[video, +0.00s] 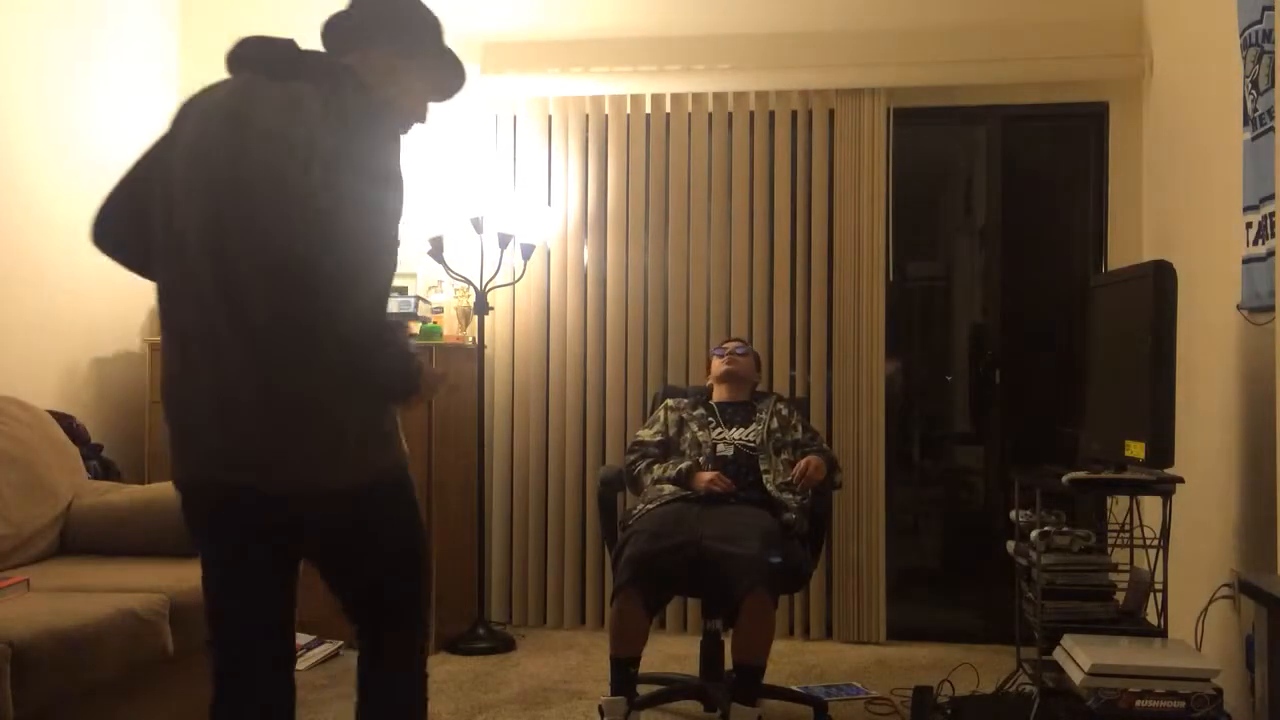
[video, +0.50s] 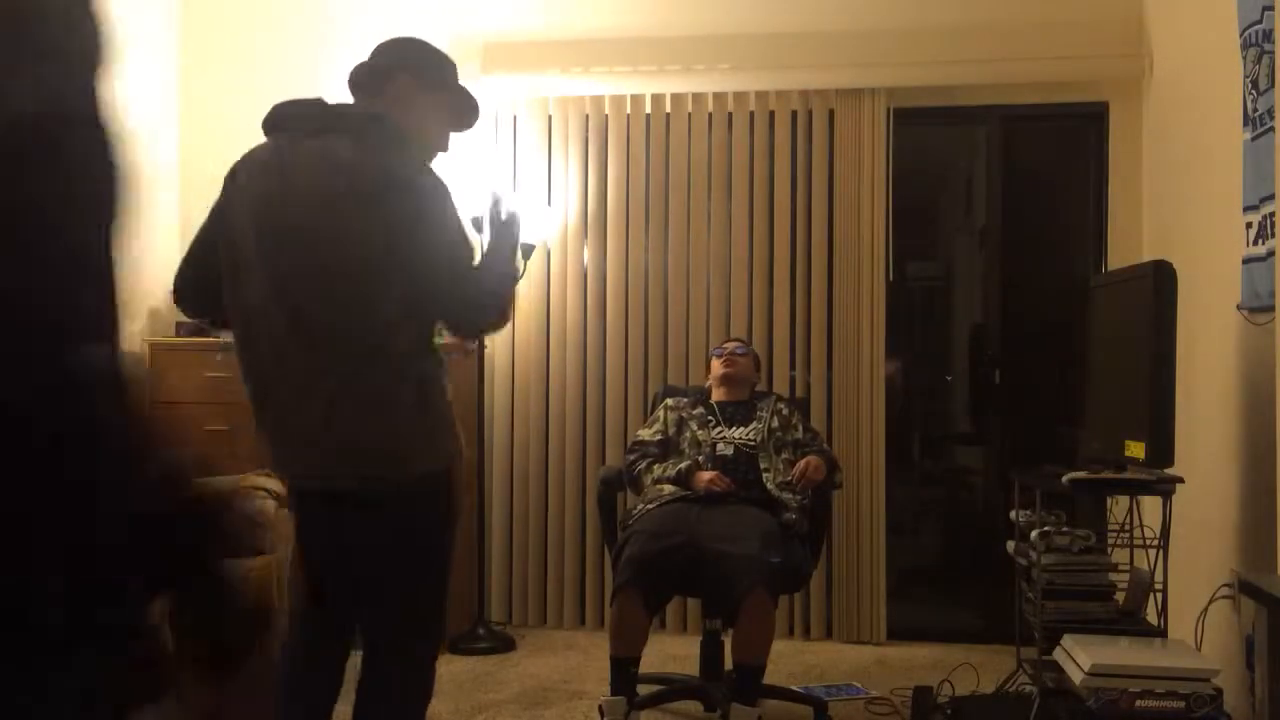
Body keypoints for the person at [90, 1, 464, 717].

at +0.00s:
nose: (422, 114)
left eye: (430, 96)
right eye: (424, 89)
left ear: (348, 52)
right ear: (381, 60)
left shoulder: (212, 109)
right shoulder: (359, 132)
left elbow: (119, 224)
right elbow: (351, 315)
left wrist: (218, 283)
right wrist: (407, 368)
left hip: (218, 455)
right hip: (333, 452)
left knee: (249, 671)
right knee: (396, 644)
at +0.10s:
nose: (436, 119)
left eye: (444, 101)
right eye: (437, 94)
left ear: (369, 60)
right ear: (396, 64)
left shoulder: (234, 122)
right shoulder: (364, 138)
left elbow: (146, 238)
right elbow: (353, 315)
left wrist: (245, 295)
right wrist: (419, 374)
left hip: (237, 455)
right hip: (343, 457)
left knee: (264, 671)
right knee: (371, 671)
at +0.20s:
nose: (446, 126)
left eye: (453, 110)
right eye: (446, 102)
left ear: (378, 66)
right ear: (392, 68)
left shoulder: (251, 129)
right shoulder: (372, 149)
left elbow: (167, 243)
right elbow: (361, 321)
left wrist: (260, 301)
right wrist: (429, 372)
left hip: (251, 453)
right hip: (351, 456)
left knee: (284, 661)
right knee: (376, 662)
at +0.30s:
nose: (451, 131)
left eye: (459, 115)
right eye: (453, 108)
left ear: (385, 70)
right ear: (405, 74)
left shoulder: (258, 137)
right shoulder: (379, 151)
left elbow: (177, 249)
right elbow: (373, 317)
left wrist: (272, 300)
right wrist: (439, 354)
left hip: (269, 444)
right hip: (366, 448)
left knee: (293, 644)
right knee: (388, 654)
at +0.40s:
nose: (451, 125)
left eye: (456, 109)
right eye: (449, 102)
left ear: (387, 79)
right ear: (405, 77)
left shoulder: (256, 150)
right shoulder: (393, 163)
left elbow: (186, 267)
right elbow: (403, 326)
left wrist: (273, 306)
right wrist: (469, 327)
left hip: (288, 447)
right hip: (385, 448)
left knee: (310, 625)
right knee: (393, 645)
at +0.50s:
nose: (447, 134)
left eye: (453, 119)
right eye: (445, 113)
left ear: (374, 96)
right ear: (402, 93)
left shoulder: (257, 171)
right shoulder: (408, 182)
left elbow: (197, 291)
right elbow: (475, 312)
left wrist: (286, 312)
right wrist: (504, 249)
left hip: (304, 450)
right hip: (402, 454)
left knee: (321, 625)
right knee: (403, 653)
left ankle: (296, 716)